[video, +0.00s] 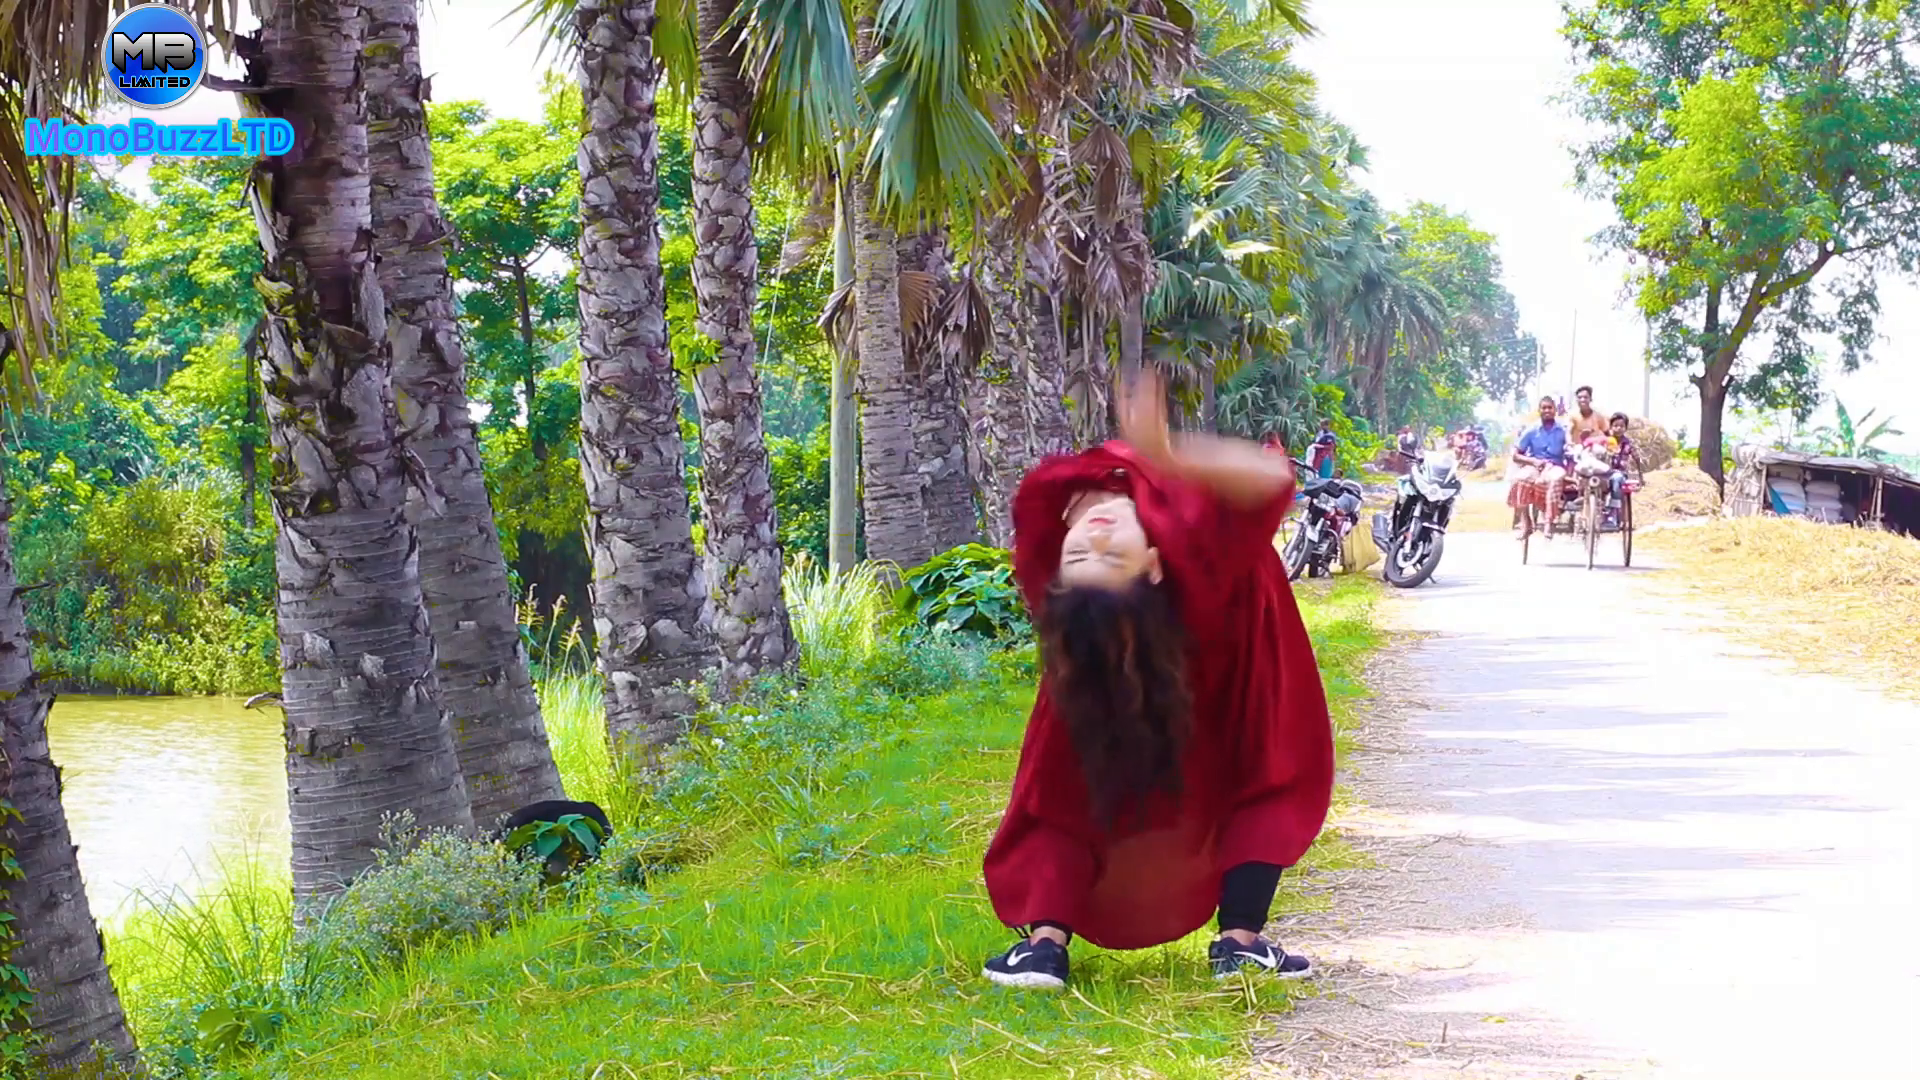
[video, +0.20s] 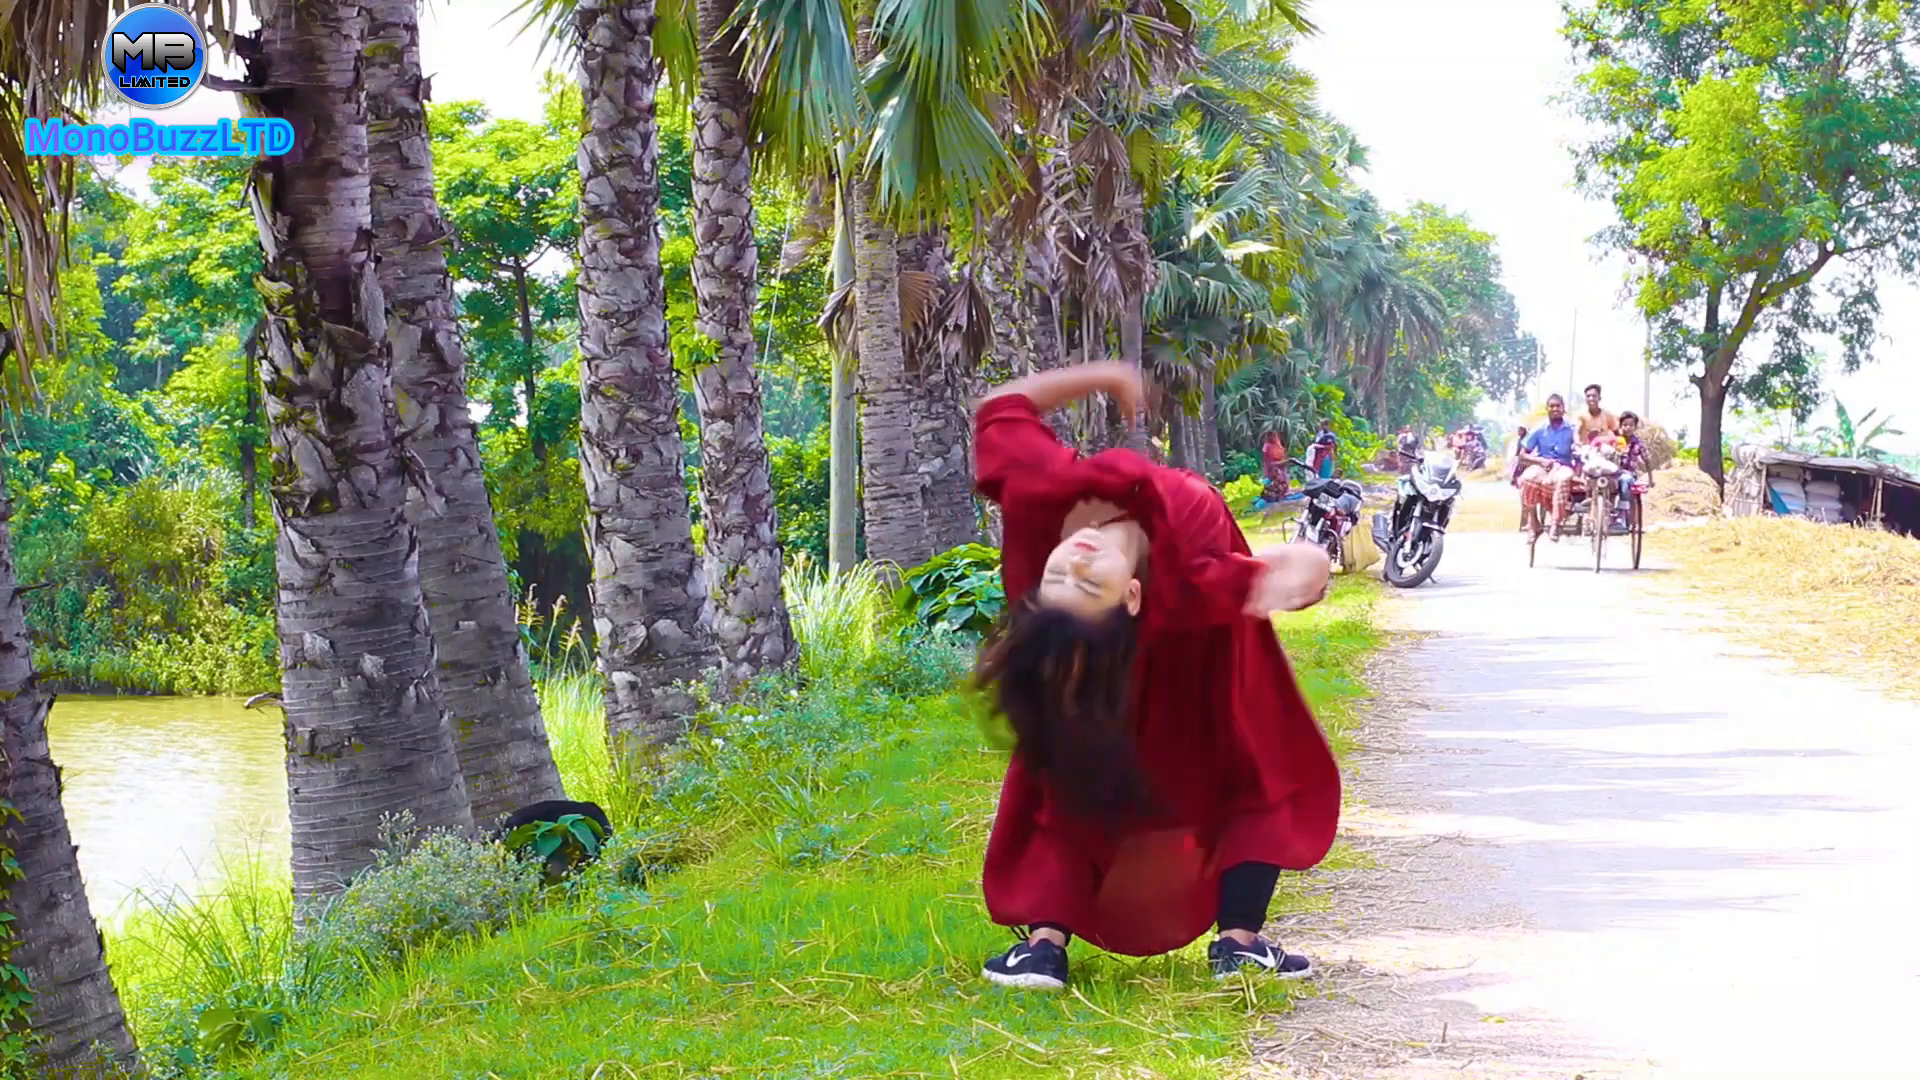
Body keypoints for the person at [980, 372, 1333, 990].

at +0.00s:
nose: (1093, 525)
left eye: (1075, 546)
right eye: (1109, 546)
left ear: (1060, 559)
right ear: (1154, 562)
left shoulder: (1046, 525)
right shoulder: (1204, 513)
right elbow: (1274, 478)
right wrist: (1173, 457)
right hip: (1236, 639)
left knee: (1063, 775)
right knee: (1278, 768)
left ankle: (1044, 941)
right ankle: (1242, 937)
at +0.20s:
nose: (1080, 550)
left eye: (1061, 573)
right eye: (1095, 578)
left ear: (1039, 571)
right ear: (1130, 594)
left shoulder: (1029, 478)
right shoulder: (1194, 576)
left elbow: (1002, 402)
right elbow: (1310, 562)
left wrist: (1105, 374)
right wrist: (1307, 572)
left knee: (1066, 768)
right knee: (1258, 766)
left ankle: (1043, 944)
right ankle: (1241, 938)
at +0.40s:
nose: (1105, 557)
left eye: (1089, 576)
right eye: (1126, 575)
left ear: (1069, 580)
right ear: (1163, 571)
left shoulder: (1054, 509)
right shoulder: (1214, 507)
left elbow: (971, 413)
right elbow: (1282, 552)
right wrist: (1287, 485)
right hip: (1211, 676)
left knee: (1050, 773)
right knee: (1250, 776)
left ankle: (1040, 943)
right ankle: (1239, 936)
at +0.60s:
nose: (1131, 513)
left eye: (1115, 538)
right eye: (1156, 532)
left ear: (1092, 561)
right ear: (1181, 531)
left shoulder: (1060, 528)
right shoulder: (1207, 466)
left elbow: (982, 509)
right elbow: (1292, 403)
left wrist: (1017, 470)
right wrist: (1188, 440)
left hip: (1103, 681)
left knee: (1060, 785)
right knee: (1261, 766)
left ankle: (1040, 942)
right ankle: (1241, 934)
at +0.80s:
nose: (1115, 473)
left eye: (1098, 494)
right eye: (1134, 496)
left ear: (1078, 507)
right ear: (1166, 511)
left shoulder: (1060, 465)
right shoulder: (1223, 469)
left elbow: (1056, 558)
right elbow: (1303, 402)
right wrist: (1220, 339)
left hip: (1118, 635)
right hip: (1239, 627)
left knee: (1083, 774)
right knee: (1267, 765)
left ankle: (1043, 944)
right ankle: (1242, 938)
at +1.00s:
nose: (1116, 420)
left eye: (1097, 442)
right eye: (1130, 445)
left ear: (1064, 454)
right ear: (1158, 479)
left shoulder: (1063, 401)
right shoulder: (1224, 485)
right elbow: (1338, 536)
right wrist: (1270, 478)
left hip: (1124, 591)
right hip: (1235, 592)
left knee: (1080, 747)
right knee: (1266, 756)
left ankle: (1046, 941)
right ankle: (1242, 940)